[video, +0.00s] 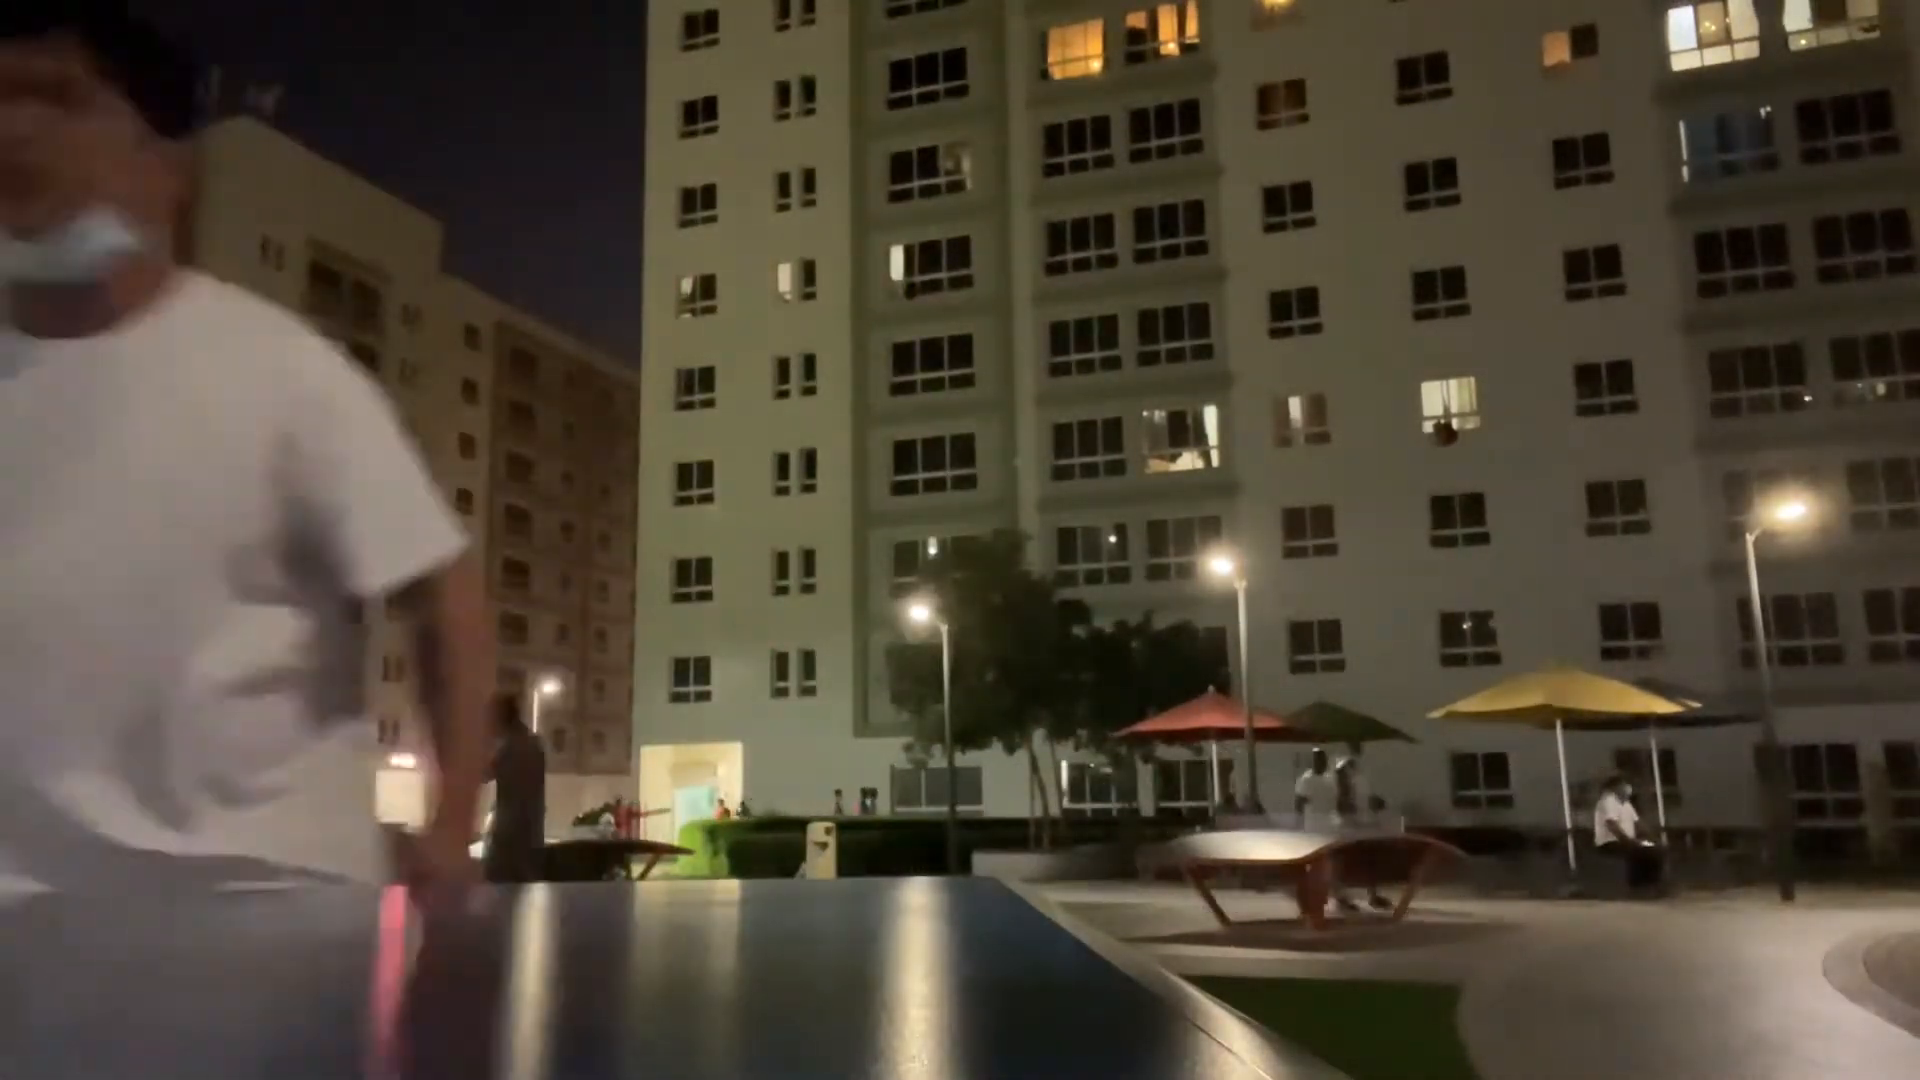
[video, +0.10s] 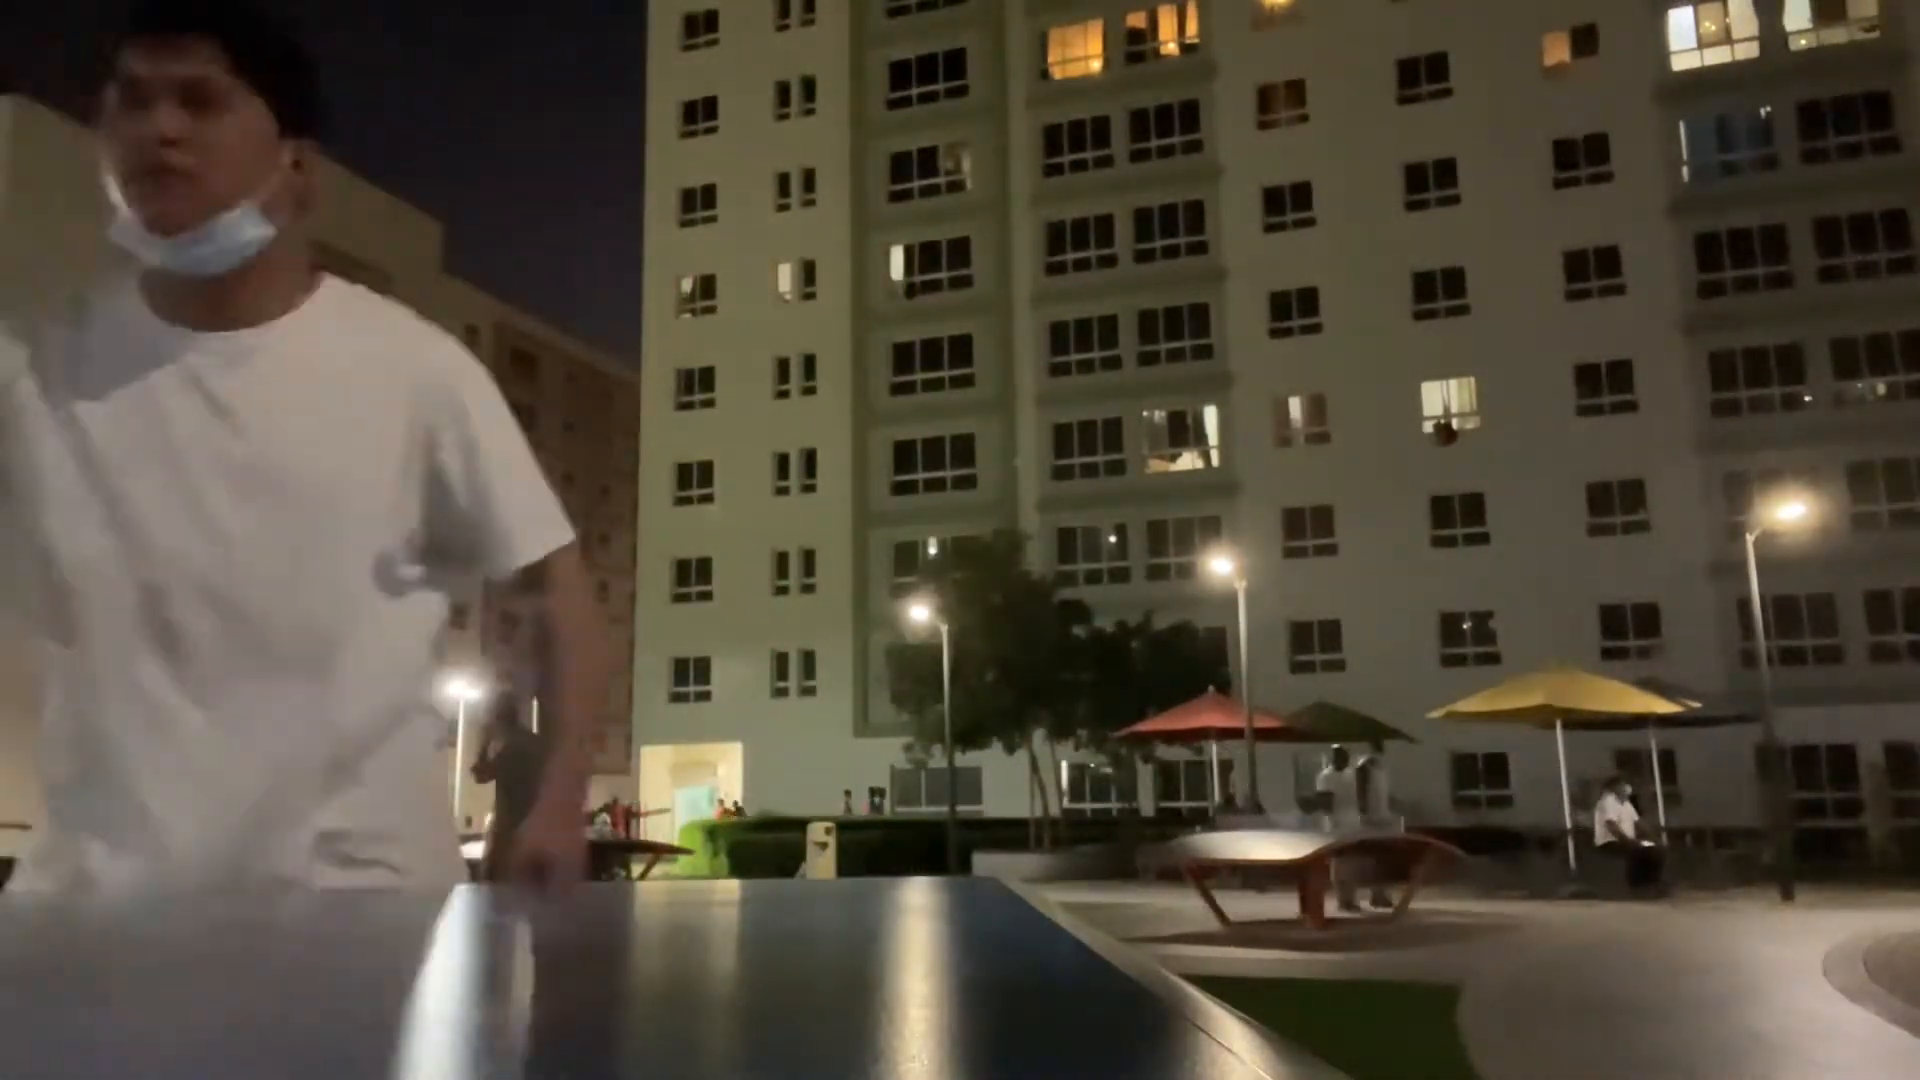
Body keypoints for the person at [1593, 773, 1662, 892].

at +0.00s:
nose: (1629, 789)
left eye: (1629, 785)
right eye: (1626, 785)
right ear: (1617, 787)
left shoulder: (1625, 802)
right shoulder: (1608, 800)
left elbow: (1636, 821)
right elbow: (1610, 822)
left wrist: (1651, 834)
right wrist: (1630, 841)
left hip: (1627, 840)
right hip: (1609, 843)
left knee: (1653, 851)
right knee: (1641, 855)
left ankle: (1651, 886)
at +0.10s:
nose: (1627, 789)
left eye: (1628, 786)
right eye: (1624, 786)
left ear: (1630, 789)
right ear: (1616, 787)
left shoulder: (1625, 803)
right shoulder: (1608, 800)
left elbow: (1637, 821)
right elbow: (1610, 823)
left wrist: (1651, 834)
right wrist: (1629, 841)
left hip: (1628, 840)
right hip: (1609, 842)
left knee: (1654, 850)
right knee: (1640, 853)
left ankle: (1652, 886)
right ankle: (1639, 888)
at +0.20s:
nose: (1628, 793)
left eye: (1629, 789)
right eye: (1624, 789)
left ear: (1630, 790)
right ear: (1616, 789)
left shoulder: (1626, 803)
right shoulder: (1608, 801)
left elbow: (1637, 821)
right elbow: (1610, 824)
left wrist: (1649, 835)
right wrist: (1629, 841)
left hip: (1628, 840)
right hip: (1609, 842)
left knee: (1654, 851)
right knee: (1637, 853)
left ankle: (1652, 885)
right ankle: (1638, 887)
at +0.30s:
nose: (1628, 790)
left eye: (1628, 786)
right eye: (1624, 786)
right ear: (1616, 788)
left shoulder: (1627, 803)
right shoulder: (1607, 802)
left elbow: (1637, 821)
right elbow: (1609, 824)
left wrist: (1648, 836)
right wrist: (1630, 841)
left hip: (1629, 840)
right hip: (1610, 842)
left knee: (1654, 851)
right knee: (1638, 853)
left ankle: (1652, 886)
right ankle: (1638, 887)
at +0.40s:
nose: (1628, 790)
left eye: (1628, 787)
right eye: (1624, 787)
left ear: (1629, 789)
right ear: (1615, 788)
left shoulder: (1626, 802)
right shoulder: (1607, 802)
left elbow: (1637, 821)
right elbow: (1610, 824)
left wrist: (1651, 835)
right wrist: (1631, 841)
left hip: (1628, 840)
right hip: (1609, 842)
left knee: (1654, 851)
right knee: (1638, 853)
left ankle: (1653, 886)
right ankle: (1637, 888)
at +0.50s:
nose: (1626, 791)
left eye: (1627, 787)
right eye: (1622, 787)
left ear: (1629, 790)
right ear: (1614, 789)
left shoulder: (1626, 803)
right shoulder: (1607, 802)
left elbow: (1637, 821)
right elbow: (1610, 824)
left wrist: (1650, 835)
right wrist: (1631, 841)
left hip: (1629, 840)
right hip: (1609, 842)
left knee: (1653, 851)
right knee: (1637, 853)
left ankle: (1653, 885)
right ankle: (1637, 887)